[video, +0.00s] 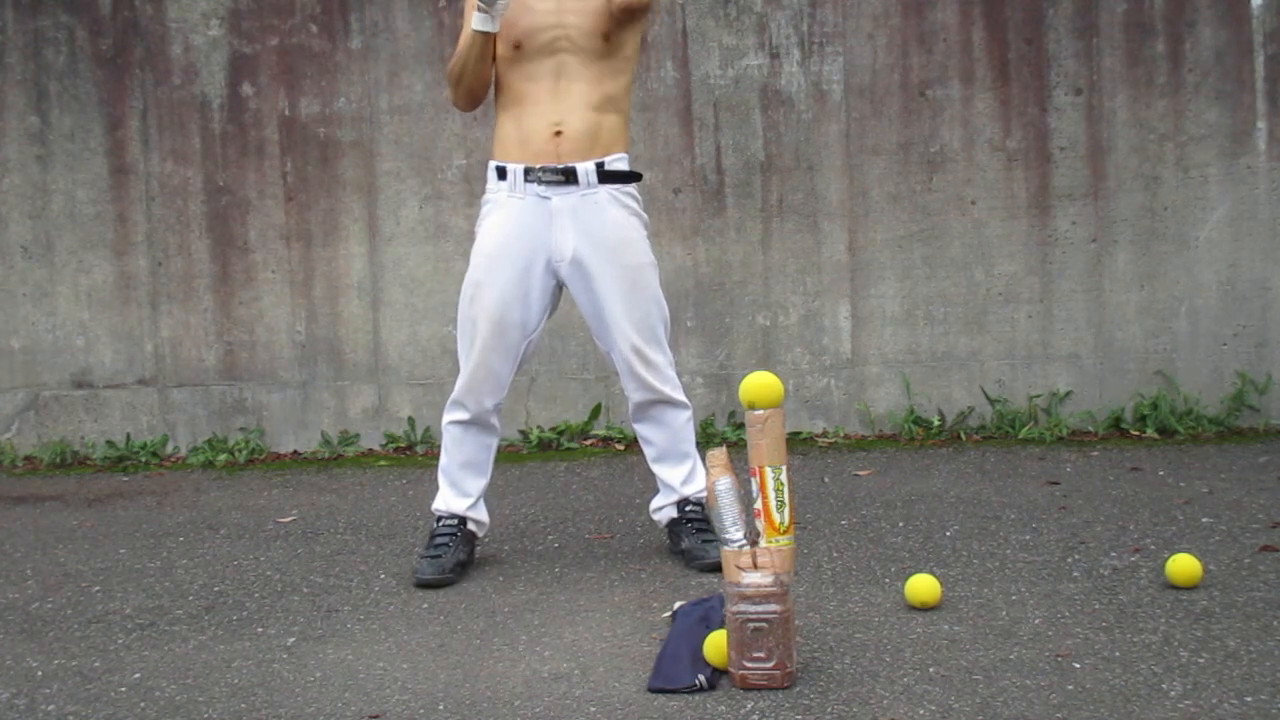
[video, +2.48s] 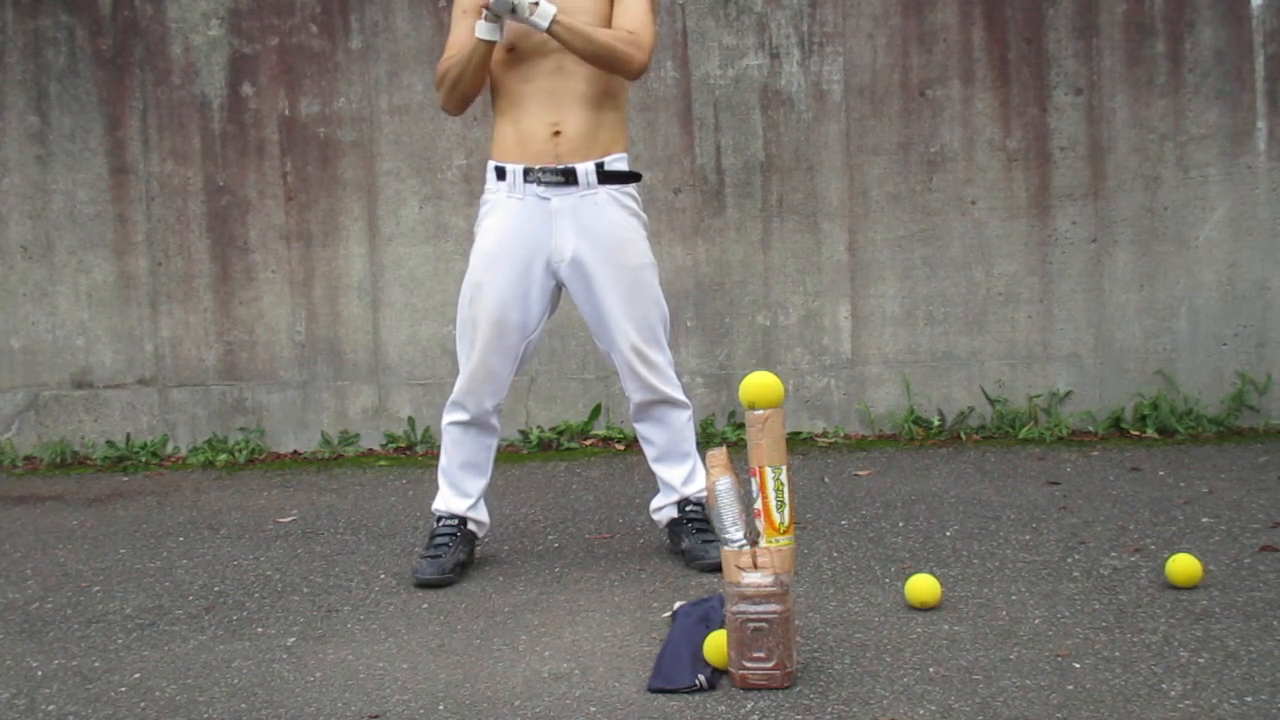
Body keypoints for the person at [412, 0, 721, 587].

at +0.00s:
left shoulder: (626, 5)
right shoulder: (493, 4)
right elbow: (466, 96)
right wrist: (482, 14)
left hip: (605, 195)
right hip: (512, 197)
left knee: (646, 364)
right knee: (480, 375)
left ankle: (686, 508)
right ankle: (454, 518)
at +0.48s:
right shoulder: (492, 0)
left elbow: (638, 59)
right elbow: (464, 96)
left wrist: (568, 2)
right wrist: (480, 14)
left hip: (605, 194)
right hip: (513, 197)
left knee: (647, 363)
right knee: (480, 373)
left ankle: (686, 507)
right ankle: (455, 517)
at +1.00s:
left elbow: (629, 68)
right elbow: (464, 91)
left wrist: (560, 14)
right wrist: (499, 16)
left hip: (606, 195)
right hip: (513, 198)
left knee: (646, 362)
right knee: (480, 373)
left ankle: (686, 507)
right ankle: (455, 517)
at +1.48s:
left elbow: (629, 69)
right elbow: (460, 87)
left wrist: (560, 15)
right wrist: (499, 16)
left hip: (605, 195)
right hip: (513, 197)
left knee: (647, 362)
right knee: (480, 372)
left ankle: (686, 507)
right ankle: (455, 517)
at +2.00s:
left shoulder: (632, 1)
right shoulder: (485, 1)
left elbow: (630, 76)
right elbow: (465, 97)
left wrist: (559, 22)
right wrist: (500, 25)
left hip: (606, 195)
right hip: (513, 198)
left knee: (647, 363)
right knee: (480, 374)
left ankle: (686, 507)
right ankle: (455, 517)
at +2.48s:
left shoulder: (623, 0)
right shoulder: (478, 1)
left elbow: (635, 58)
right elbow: (453, 98)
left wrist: (545, 14)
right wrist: (487, 27)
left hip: (604, 195)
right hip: (512, 198)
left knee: (646, 363)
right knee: (479, 374)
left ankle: (686, 507)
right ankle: (455, 518)